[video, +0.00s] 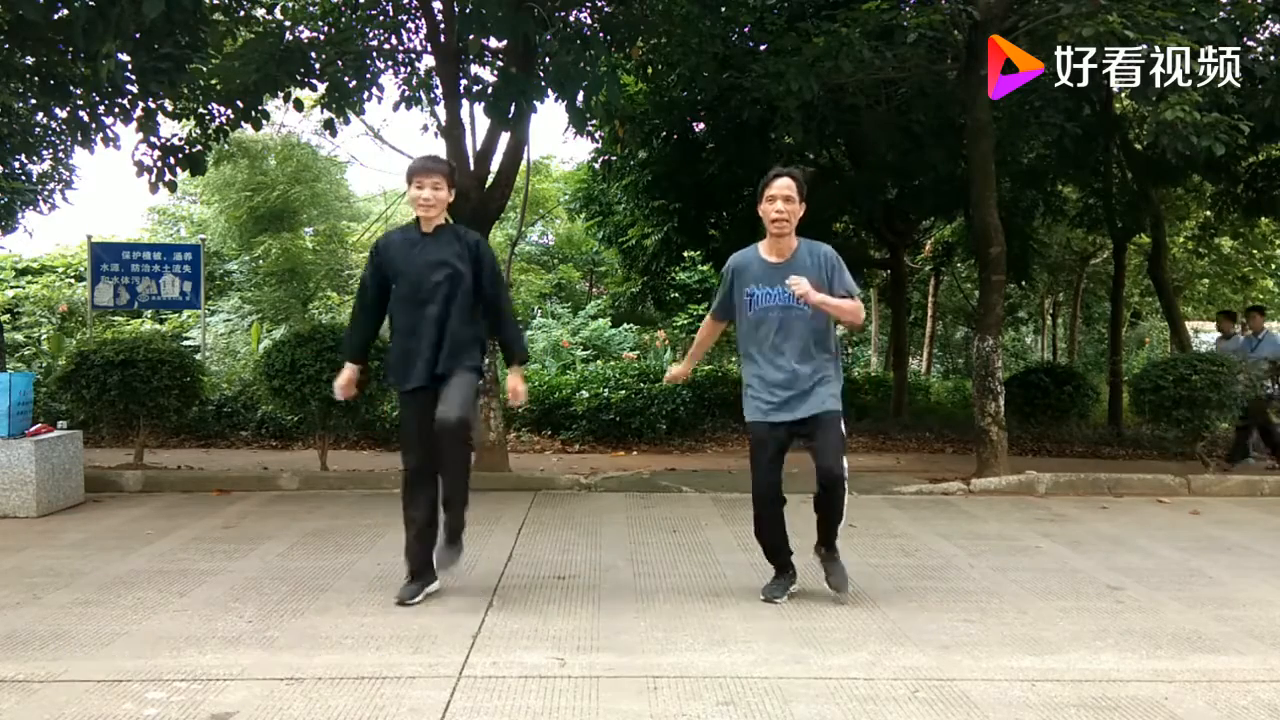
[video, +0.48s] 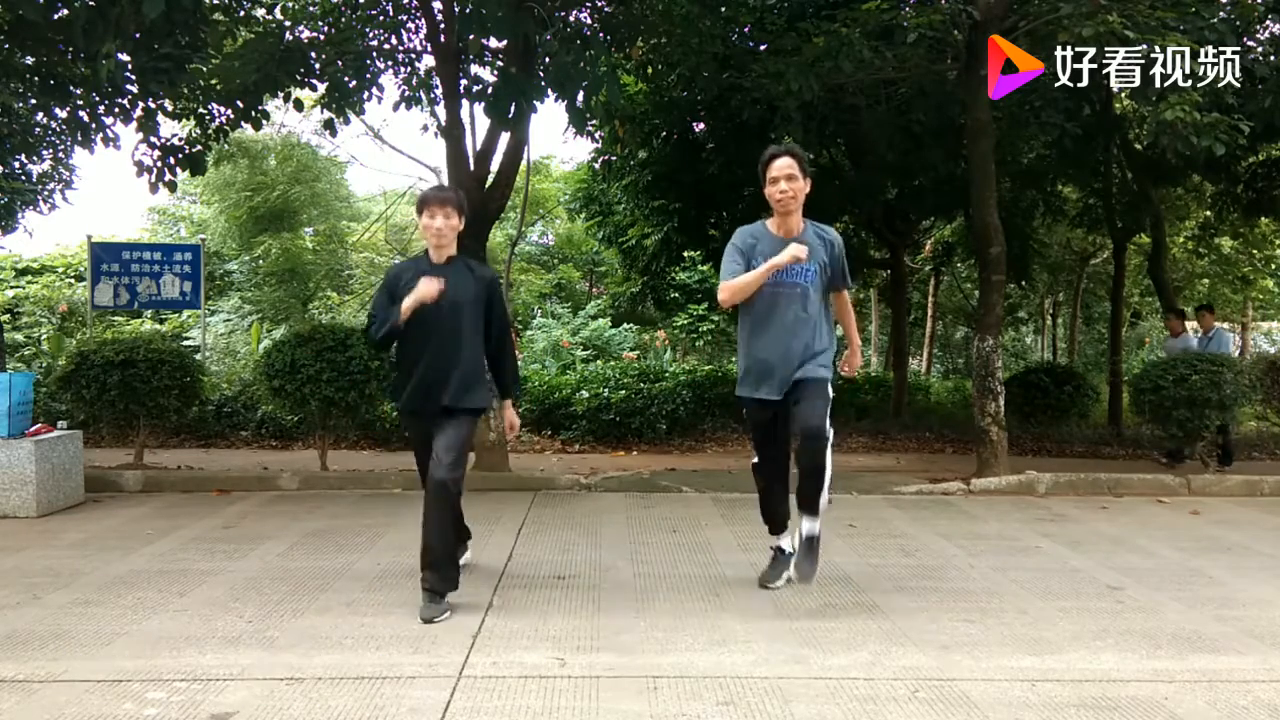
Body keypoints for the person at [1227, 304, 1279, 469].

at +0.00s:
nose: (1250, 321)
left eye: (1253, 317)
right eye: (1248, 318)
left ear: (1262, 318)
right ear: (1247, 321)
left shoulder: (1273, 340)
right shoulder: (1245, 342)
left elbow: (1275, 365)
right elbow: (1235, 360)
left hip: (1266, 391)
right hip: (1247, 390)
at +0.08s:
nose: (1243, 321)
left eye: (1247, 317)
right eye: (1241, 318)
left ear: (1257, 319)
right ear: (1240, 320)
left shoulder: (1266, 339)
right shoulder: (1239, 340)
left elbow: (1275, 361)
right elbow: (1228, 358)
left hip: (1256, 386)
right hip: (1239, 385)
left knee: (1242, 422)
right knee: (1255, 422)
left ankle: (1229, 458)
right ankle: (1275, 452)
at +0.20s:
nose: (1229, 321)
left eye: (1232, 317)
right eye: (1227, 317)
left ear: (1242, 317)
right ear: (1228, 319)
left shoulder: (1250, 338)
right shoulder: (1227, 338)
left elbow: (1259, 364)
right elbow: (1220, 359)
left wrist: (1254, 385)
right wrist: (1218, 380)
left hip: (1244, 386)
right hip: (1226, 385)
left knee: (1234, 426)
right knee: (1225, 425)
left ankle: (1230, 460)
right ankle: (1252, 443)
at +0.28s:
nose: (1222, 320)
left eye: (1225, 315)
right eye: (1220, 316)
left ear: (1235, 316)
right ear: (1219, 319)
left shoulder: (1243, 338)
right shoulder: (1221, 338)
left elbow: (1247, 361)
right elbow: (1218, 360)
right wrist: (1215, 378)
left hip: (1237, 382)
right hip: (1221, 382)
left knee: (1234, 420)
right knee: (1223, 419)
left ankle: (1228, 457)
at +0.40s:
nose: (1208, 321)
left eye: (1211, 316)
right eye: (1206, 317)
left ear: (1220, 316)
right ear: (1205, 319)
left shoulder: (1231, 336)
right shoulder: (1208, 339)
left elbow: (1232, 361)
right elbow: (1205, 360)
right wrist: (1204, 380)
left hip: (1228, 384)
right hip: (1211, 384)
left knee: (1227, 422)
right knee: (1218, 422)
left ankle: (1227, 459)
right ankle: (1222, 458)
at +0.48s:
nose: (1200, 321)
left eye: (1203, 317)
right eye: (1198, 318)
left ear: (1212, 316)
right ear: (1197, 320)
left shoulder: (1224, 335)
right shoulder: (1200, 339)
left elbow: (1225, 359)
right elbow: (1198, 360)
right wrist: (1197, 378)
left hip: (1221, 382)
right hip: (1204, 383)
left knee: (1223, 420)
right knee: (1208, 419)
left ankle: (1226, 457)